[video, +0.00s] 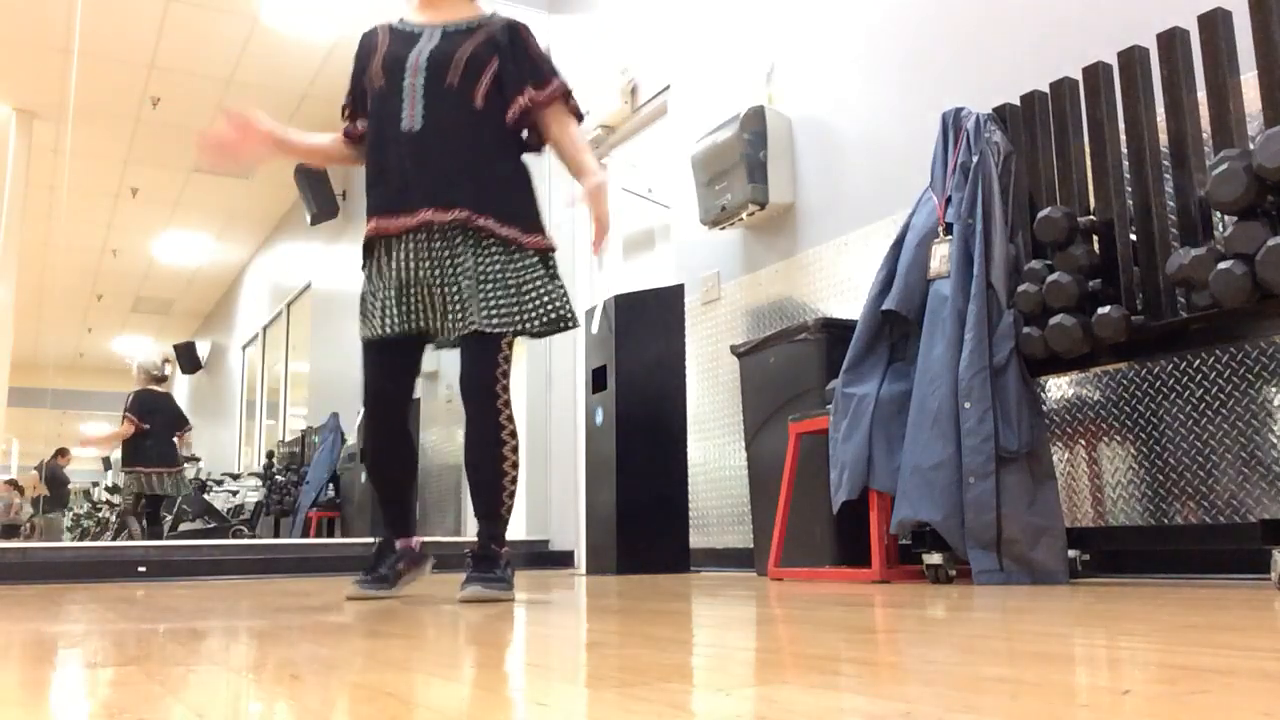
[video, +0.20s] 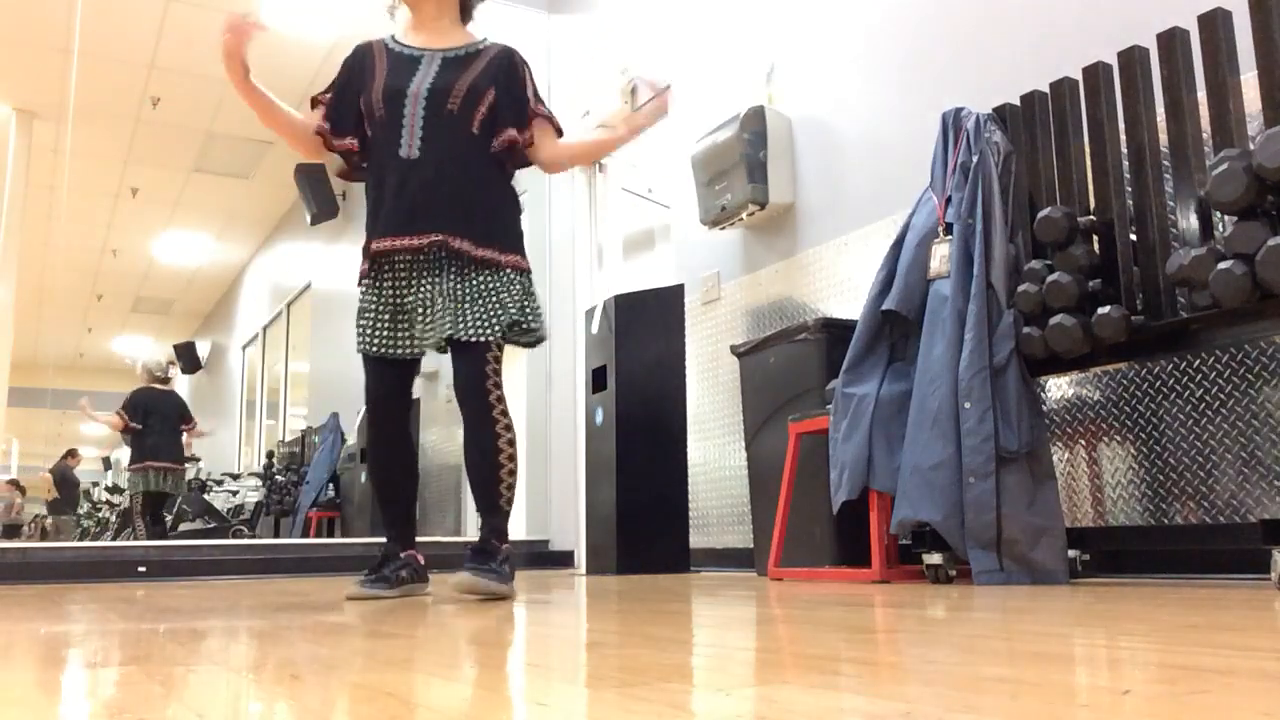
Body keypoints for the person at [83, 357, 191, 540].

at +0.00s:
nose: (134, 375)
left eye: (136, 371)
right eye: (135, 370)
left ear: (141, 373)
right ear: (160, 375)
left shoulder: (138, 396)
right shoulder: (167, 397)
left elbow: (127, 430)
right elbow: (182, 431)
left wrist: (97, 441)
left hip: (139, 467)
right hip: (166, 467)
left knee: (129, 511)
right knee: (154, 514)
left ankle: (139, 548)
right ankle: (155, 555)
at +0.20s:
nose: (139, 375)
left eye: (140, 372)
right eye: (140, 372)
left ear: (145, 374)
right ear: (166, 375)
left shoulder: (139, 395)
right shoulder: (175, 397)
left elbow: (118, 424)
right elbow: (191, 428)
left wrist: (91, 413)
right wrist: (201, 433)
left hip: (144, 467)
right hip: (172, 466)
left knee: (139, 515)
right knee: (157, 514)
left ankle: (147, 559)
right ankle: (163, 556)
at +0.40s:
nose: (151, 375)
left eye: (153, 371)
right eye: (151, 372)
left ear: (157, 372)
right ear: (177, 373)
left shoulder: (153, 392)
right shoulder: (189, 396)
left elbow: (125, 410)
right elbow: (208, 418)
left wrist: (107, 394)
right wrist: (186, 425)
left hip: (152, 462)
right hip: (179, 465)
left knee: (147, 512)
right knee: (168, 512)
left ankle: (146, 556)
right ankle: (189, 541)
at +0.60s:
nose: (166, 372)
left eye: (168, 368)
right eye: (167, 367)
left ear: (175, 371)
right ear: (192, 370)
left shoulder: (172, 394)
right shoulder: (200, 395)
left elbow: (146, 417)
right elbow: (219, 421)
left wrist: (126, 398)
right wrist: (196, 431)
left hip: (167, 465)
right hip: (194, 466)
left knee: (158, 515)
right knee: (193, 514)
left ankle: (152, 558)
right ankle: (206, 557)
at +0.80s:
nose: (176, 370)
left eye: (178, 366)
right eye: (177, 366)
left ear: (186, 370)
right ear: (199, 370)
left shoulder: (184, 394)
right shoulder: (211, 395)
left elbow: (168, 424)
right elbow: (223, 425)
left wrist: (138, 420)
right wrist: (200, 434)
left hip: (181, 466)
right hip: (208, 466)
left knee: (160, 510)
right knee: (201, 515)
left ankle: (153, 556)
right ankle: (210, 558)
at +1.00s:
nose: (186, 374)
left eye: (188, 370)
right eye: (186, 370)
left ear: (196, 371)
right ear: (208, 372)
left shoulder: (191, 394)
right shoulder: (218, 395)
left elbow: (185, 426)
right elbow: (231, 430)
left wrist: (168, 450)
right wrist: (209, 440)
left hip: (188, 468)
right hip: (214, 467)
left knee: (165, 506)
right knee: (203, 511)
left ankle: (166, 551)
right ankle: (212, 553)